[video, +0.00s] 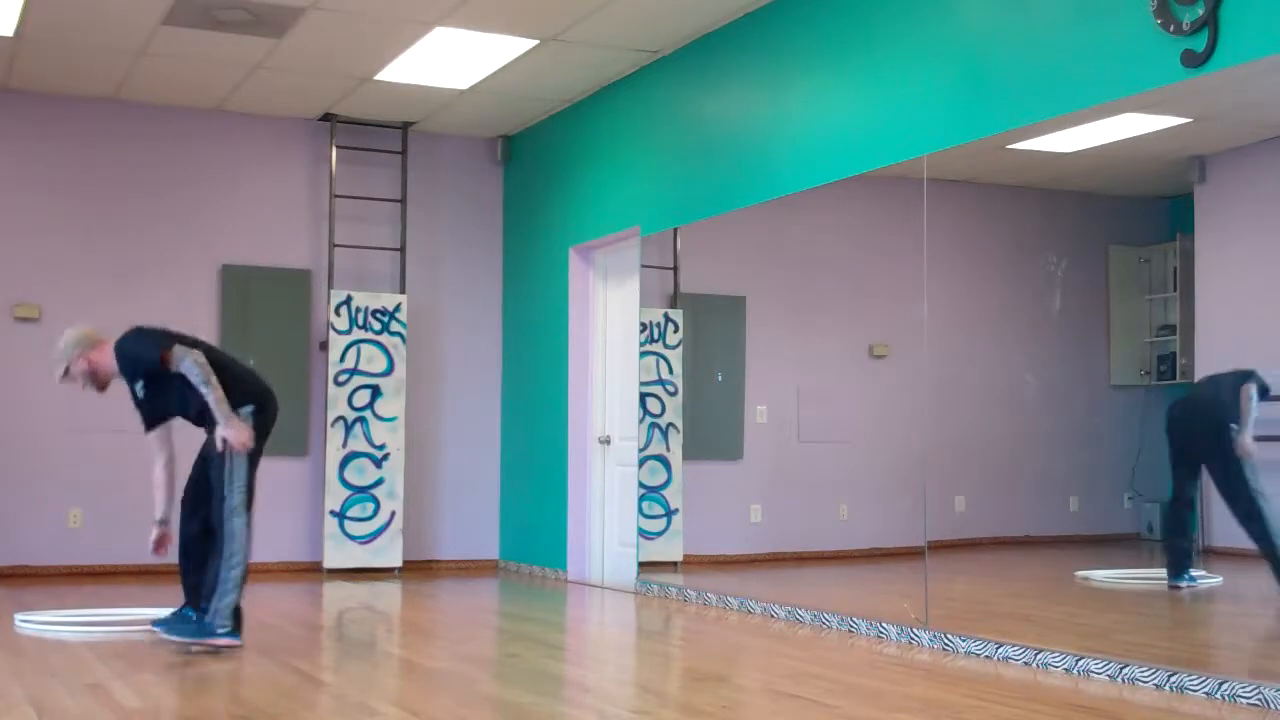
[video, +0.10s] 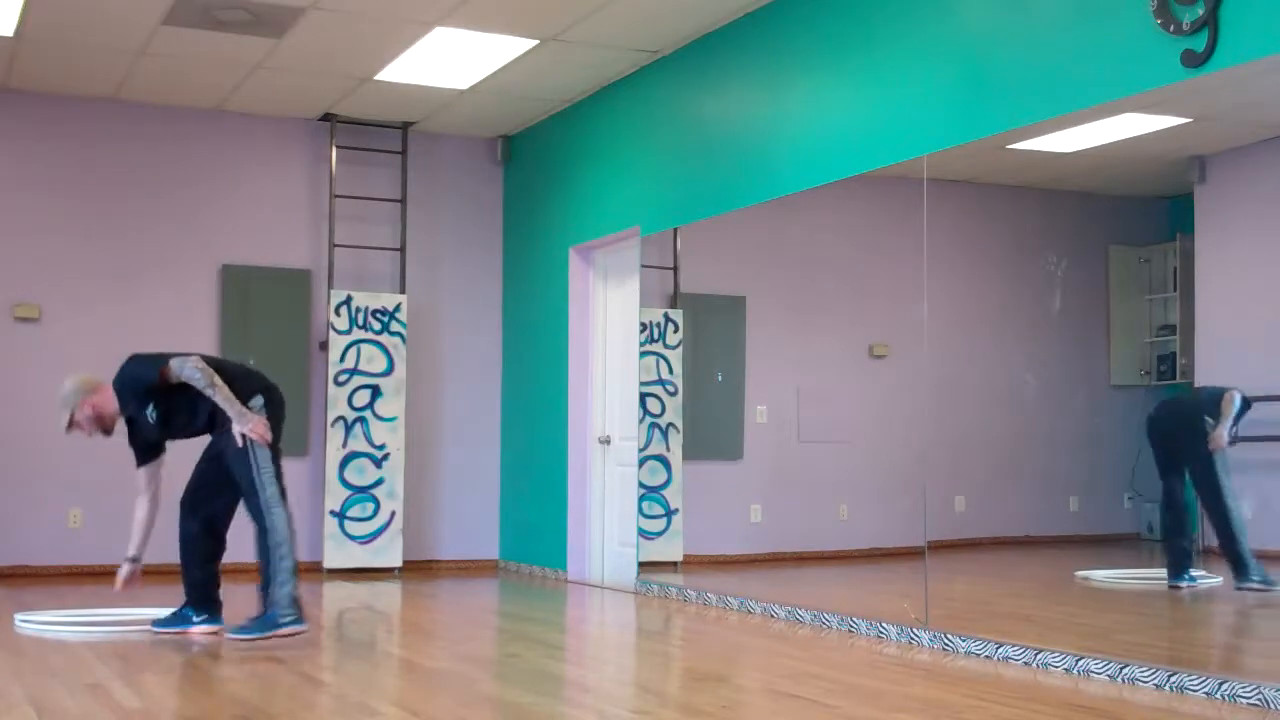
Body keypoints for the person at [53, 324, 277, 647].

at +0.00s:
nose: (77, 383)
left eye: (71, 373)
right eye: (70, 377)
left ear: (84, 357)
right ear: (86, 358)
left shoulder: (132, 346)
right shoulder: (141, 387)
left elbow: (192, 361)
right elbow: (163, 453)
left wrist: (227, 420)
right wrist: (161, 521)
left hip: (246, 409)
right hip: (226, 421)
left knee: (229, 514)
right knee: (196, 509)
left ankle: (223, 621)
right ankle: (196, 609)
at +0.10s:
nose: (84, 432)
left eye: (77, 423)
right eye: (77, 427)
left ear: (88, 405)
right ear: (91, 408)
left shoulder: (132, 374)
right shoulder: (142, 430)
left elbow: (193, 368)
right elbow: (148, 493)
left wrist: (241, 415)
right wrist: (133, 559)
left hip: (252, 407)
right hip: (227, 424)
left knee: (267, 509)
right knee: (197, 508)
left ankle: (283, 610)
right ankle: (202, 608)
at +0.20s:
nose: (90, 454)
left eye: (84, 446)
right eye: (83, 451)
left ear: (93, 424)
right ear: (96, 432)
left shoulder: (137, 391)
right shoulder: (140, 451)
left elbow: (199, 376)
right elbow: (136, 516)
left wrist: (253, 414)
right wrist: (115, 581)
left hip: (253, 413)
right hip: (227, 434)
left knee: (292, 500)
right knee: (194, 510)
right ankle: (201, 609)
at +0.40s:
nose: (90, 419)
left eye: (88, 409)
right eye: (85, 414)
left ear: (108, 390)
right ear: (105, 402)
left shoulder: (163, 372)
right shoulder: (145, 436)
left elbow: (229, 369)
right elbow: (152, 496)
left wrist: (276, 409)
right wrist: (126, 554)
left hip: (268, 410)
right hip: (237, 438)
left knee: (307, 499)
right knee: (203, 508)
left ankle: (397, 544)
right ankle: (202, 607)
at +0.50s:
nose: (106, 368)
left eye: (109, 357)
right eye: (103, 361)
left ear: (134, 347)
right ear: (127, 355)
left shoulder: (185, 347)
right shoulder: (155, 403)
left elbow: (250, 354)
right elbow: (169, 466)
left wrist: (286, 406)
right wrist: (137, 513)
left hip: (279, 418)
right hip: (239, 435)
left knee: (296, 502)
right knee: (211, 511)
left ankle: (356, 559)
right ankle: (203, 604)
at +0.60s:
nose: (139, 321)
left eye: (145, 311)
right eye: (136, 316)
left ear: (171, 311)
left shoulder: (217, 325)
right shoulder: (173, 373)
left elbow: (276, 347)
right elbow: (185, 439)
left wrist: (293, 408)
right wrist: (148, 477)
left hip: (283, 421)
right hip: (242, 431)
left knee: (287, 510)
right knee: (219, 512)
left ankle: (308, 592)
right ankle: (205, 601)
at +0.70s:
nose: (182, 294)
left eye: (189, 286)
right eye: (178, 290)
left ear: (213, 285)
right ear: (178, 298)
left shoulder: (259, 319)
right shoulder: (199, 351)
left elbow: (307, 359)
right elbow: (199, 418)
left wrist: (310, 413)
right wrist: (158, 444)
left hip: (287, 429)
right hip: (245, 434)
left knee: (286, 522)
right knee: (221, 515)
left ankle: (295, 593)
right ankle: (203, 601)